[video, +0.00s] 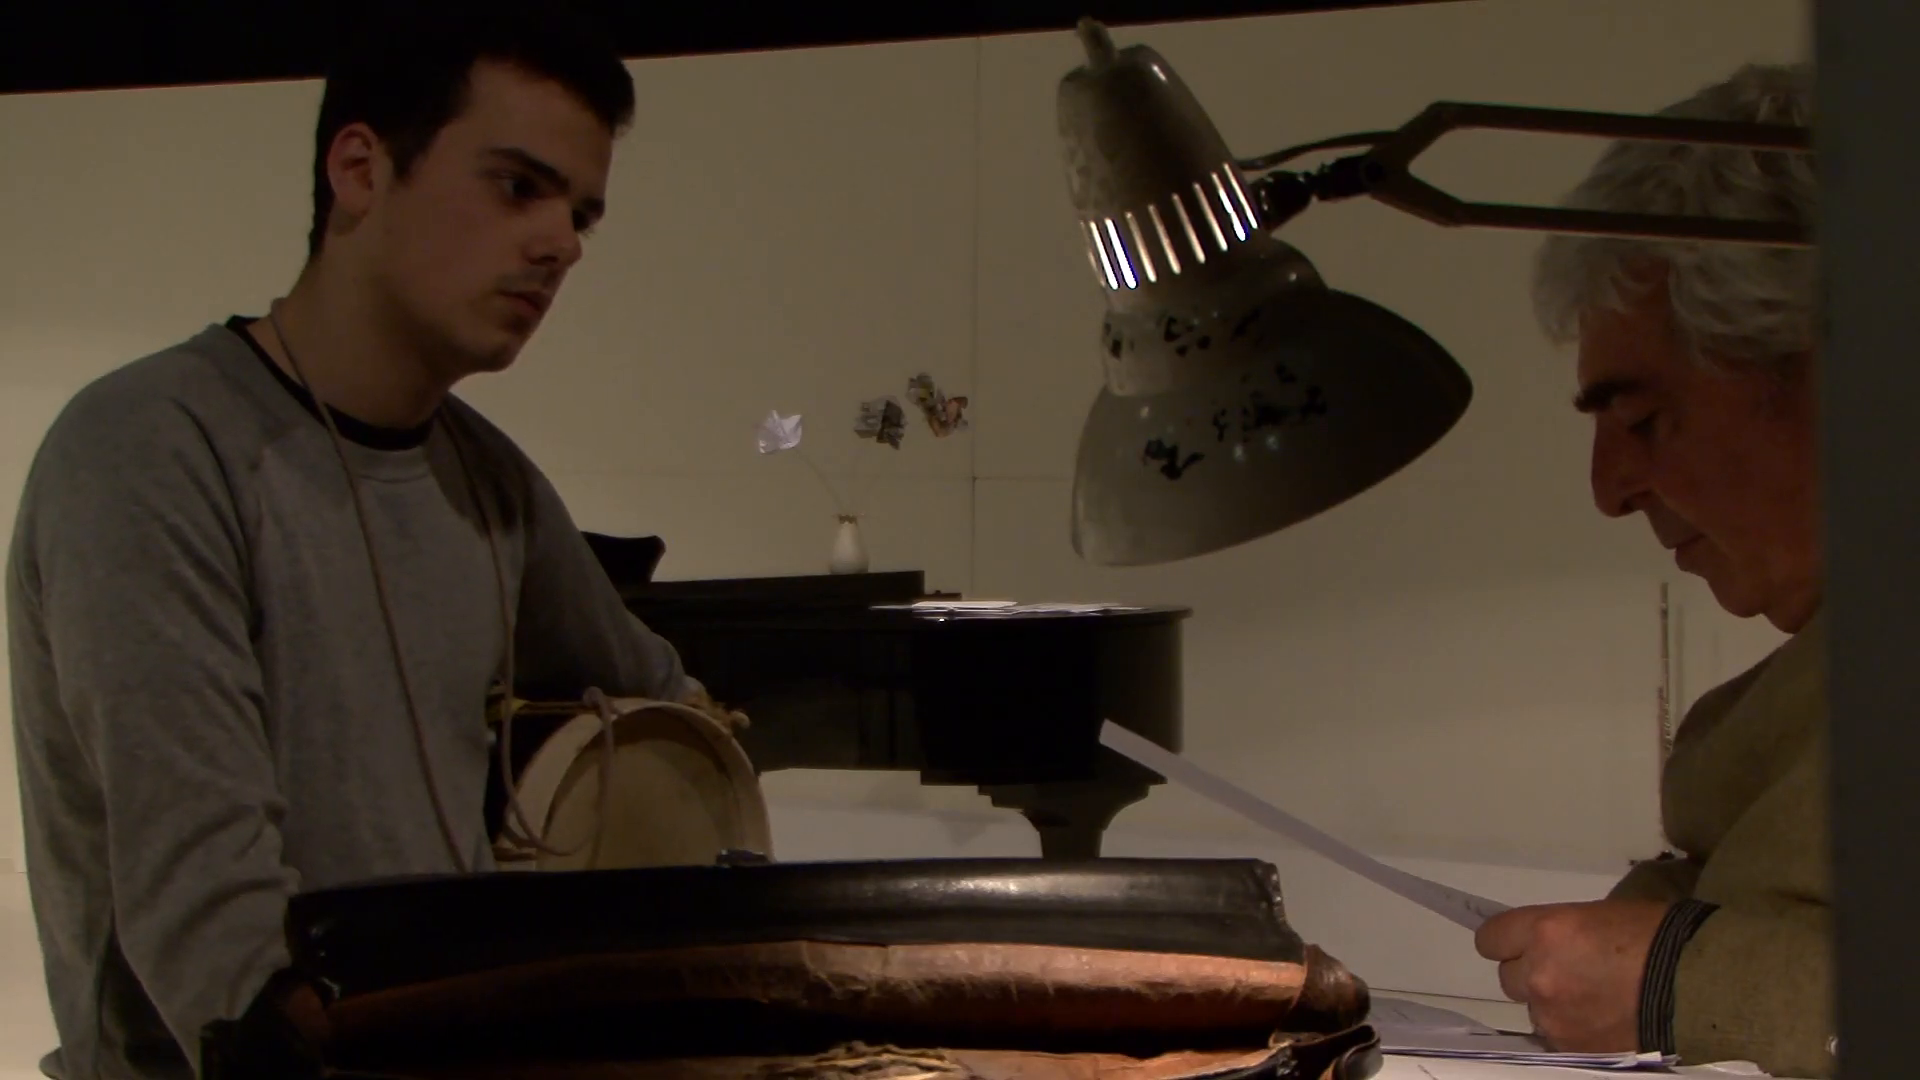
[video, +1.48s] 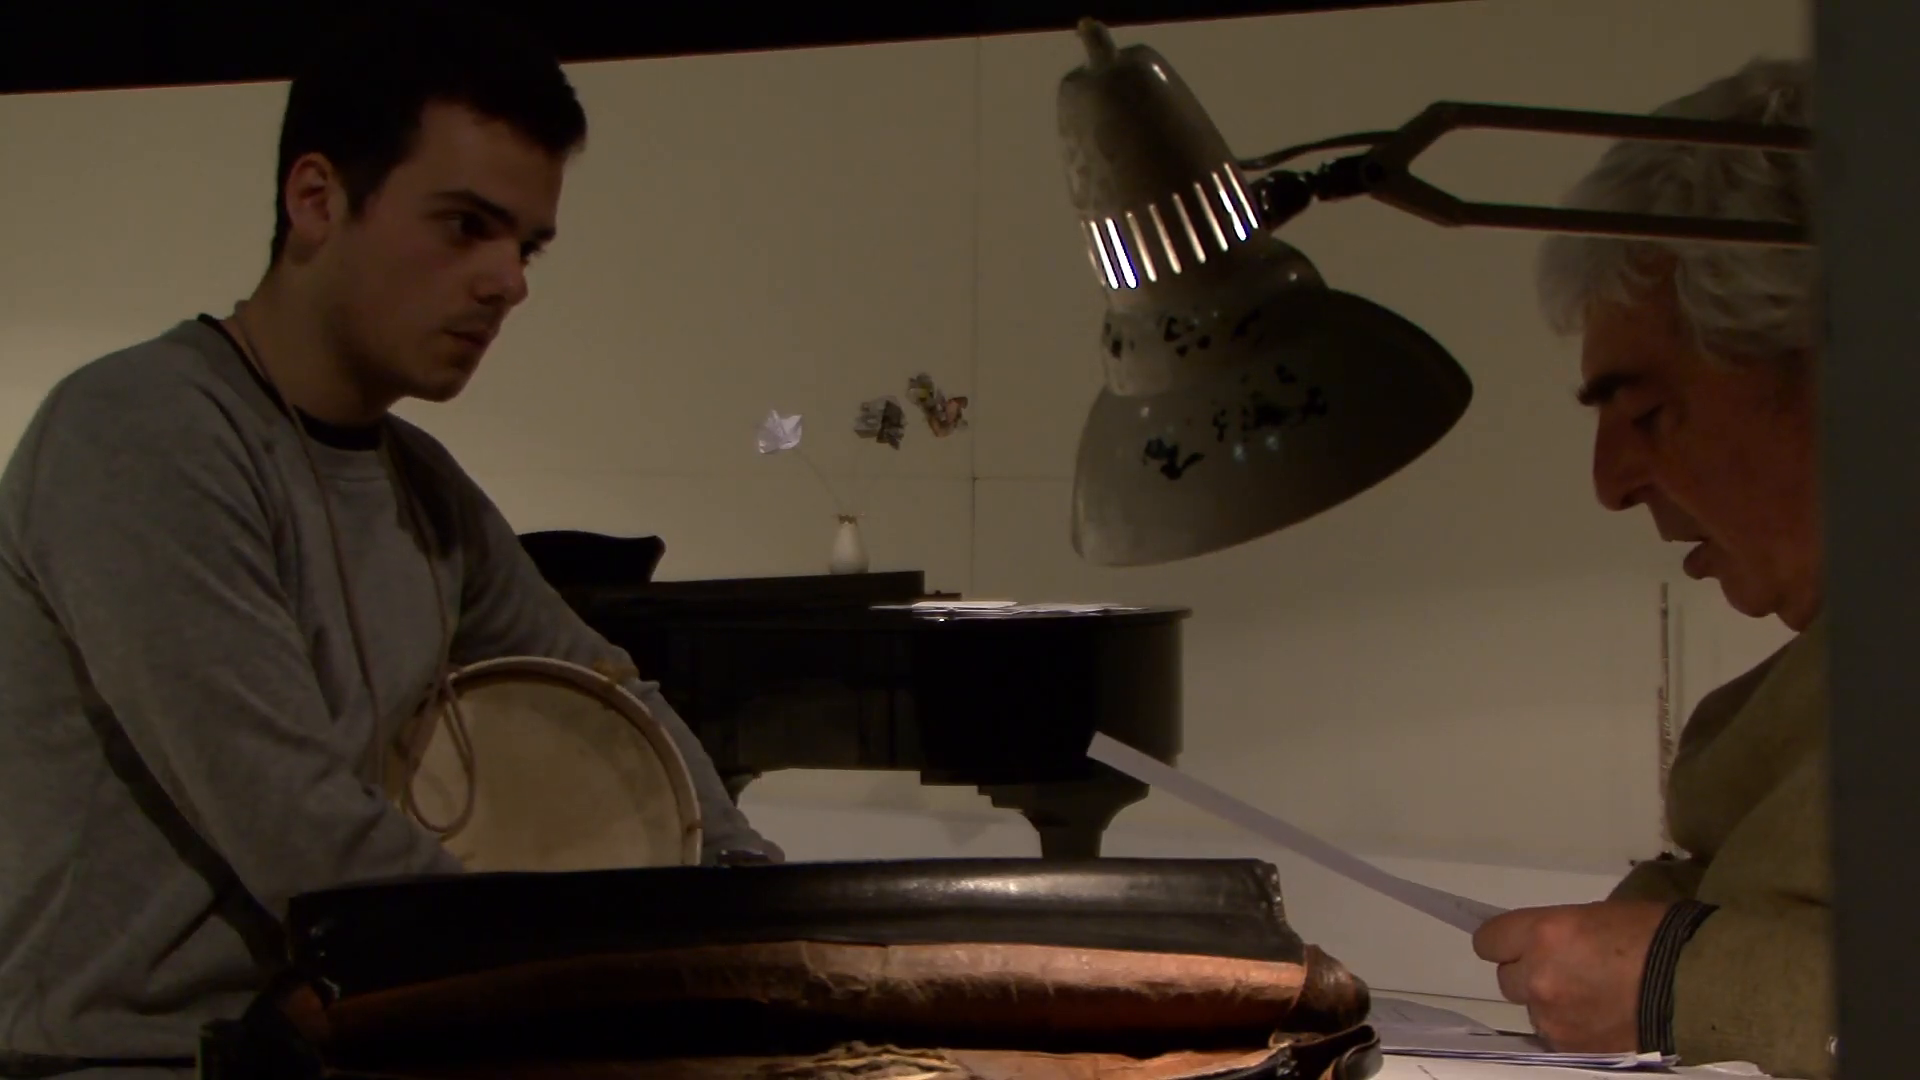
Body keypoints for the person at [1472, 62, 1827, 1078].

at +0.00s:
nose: (1612, 492)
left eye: (1641, 417)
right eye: (1604, 427)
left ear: (1822, 364)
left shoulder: (1870, 667)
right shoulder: (1799, 678)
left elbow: (1887, 1004)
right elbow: (1765, 880)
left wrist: (1680, 983)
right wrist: (1652, 932)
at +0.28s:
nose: (1610, 487)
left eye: (1640, 413)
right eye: (1603, 422)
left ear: (1827, 366)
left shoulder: (1870, 666)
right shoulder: (1806, 674)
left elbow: (1886, 1005)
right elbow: (1768, 879)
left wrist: (1679, 982)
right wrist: (1651, 931)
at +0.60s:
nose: (1609, 489)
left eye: (1639, 413)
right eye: (1602, 423)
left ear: (1824, 365)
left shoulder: (1871, 663)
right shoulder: (1808, 669)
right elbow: (1773, 881)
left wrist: (1678, 982)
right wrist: (1653, 929)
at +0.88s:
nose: (1609, 491)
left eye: (1637, 416)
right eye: (1601, 426)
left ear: (1819, 366)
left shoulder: (1869, 662)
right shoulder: (1804, 673)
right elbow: (1766, 878)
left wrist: (1679, 983)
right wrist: (1652, 930)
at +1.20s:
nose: (1615, 478)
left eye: (1646, 404)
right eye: (1610, 412)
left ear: (1825, 359)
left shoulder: (1869, 666)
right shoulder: (1799, 682)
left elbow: (1887, 1006)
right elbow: (1772, 881)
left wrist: (1678, 982)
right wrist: (1656, 932)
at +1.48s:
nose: (1613, 485)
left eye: (1643, 409)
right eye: (1606, 418)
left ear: (1828, 361)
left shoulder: (1868, 670)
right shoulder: (1795, 687)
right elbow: (1759, 879)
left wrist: (1678, 982)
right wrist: (1655, 933)